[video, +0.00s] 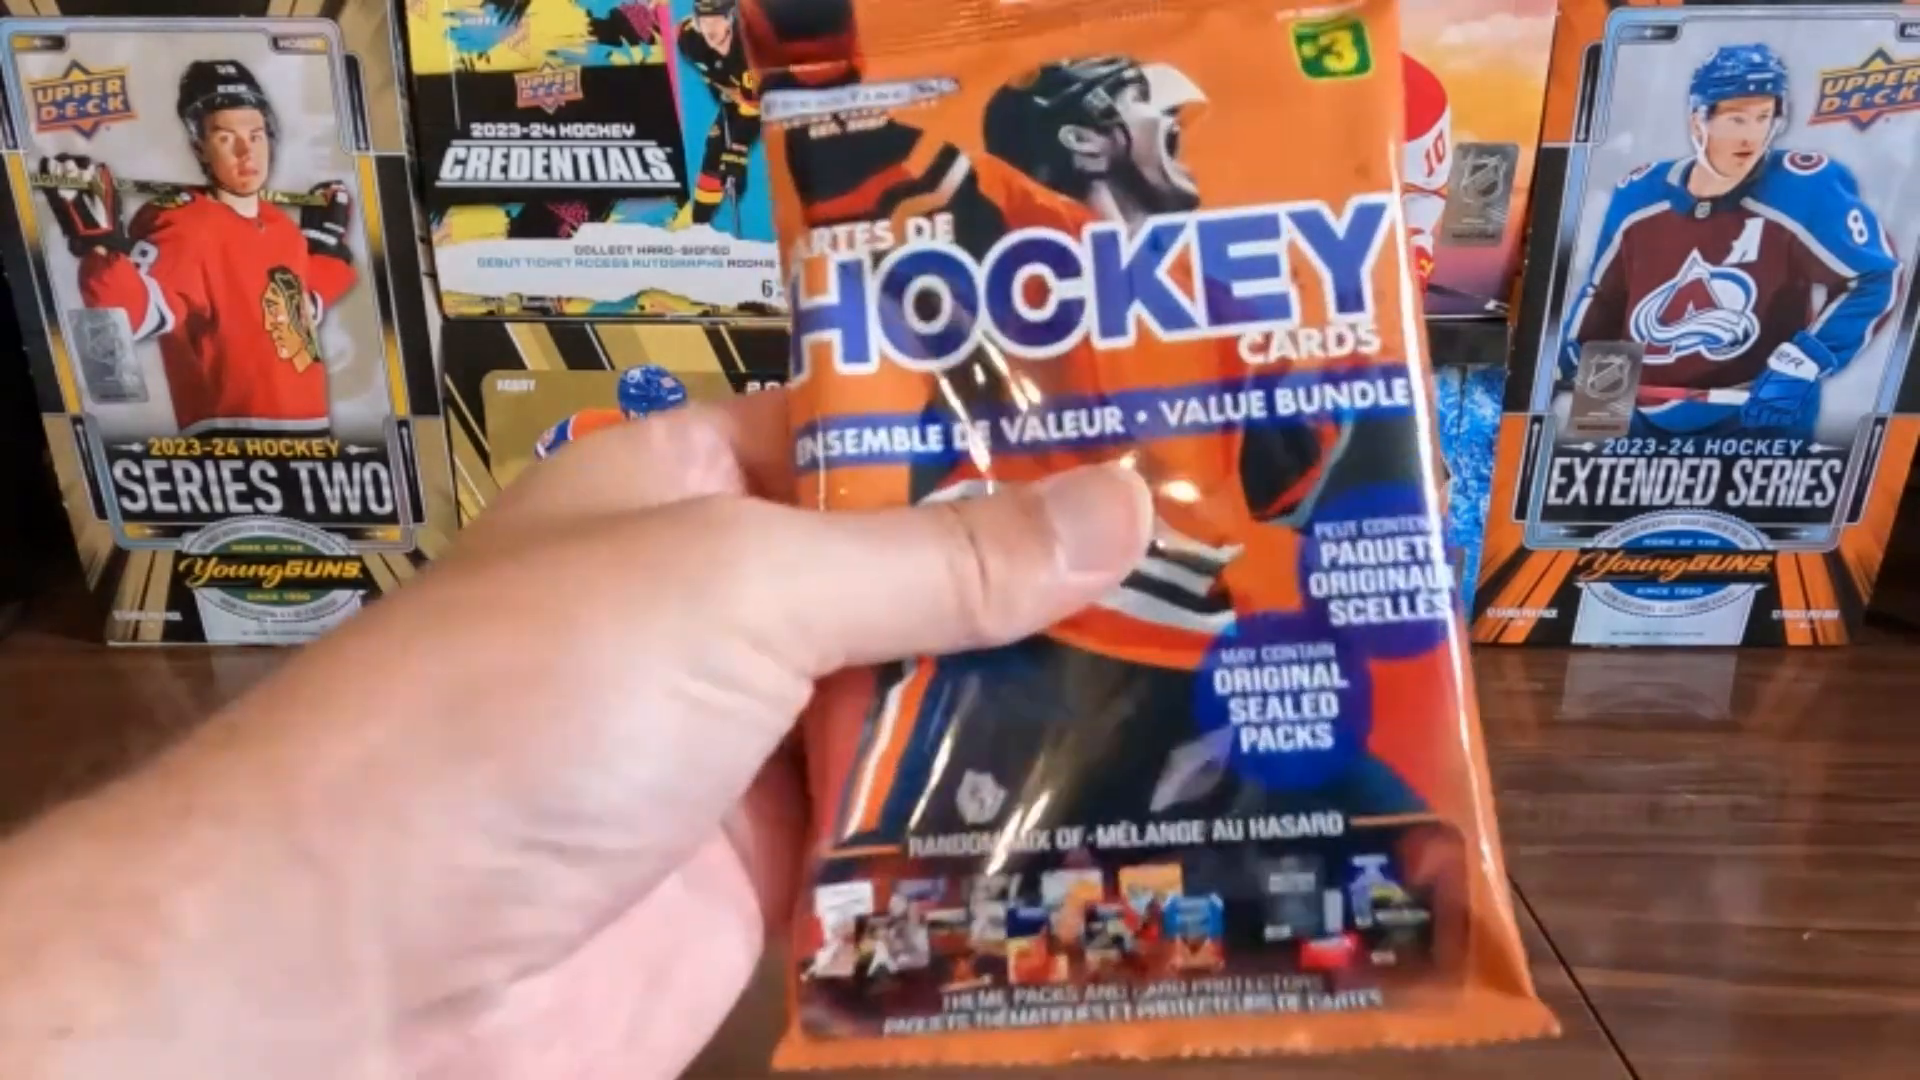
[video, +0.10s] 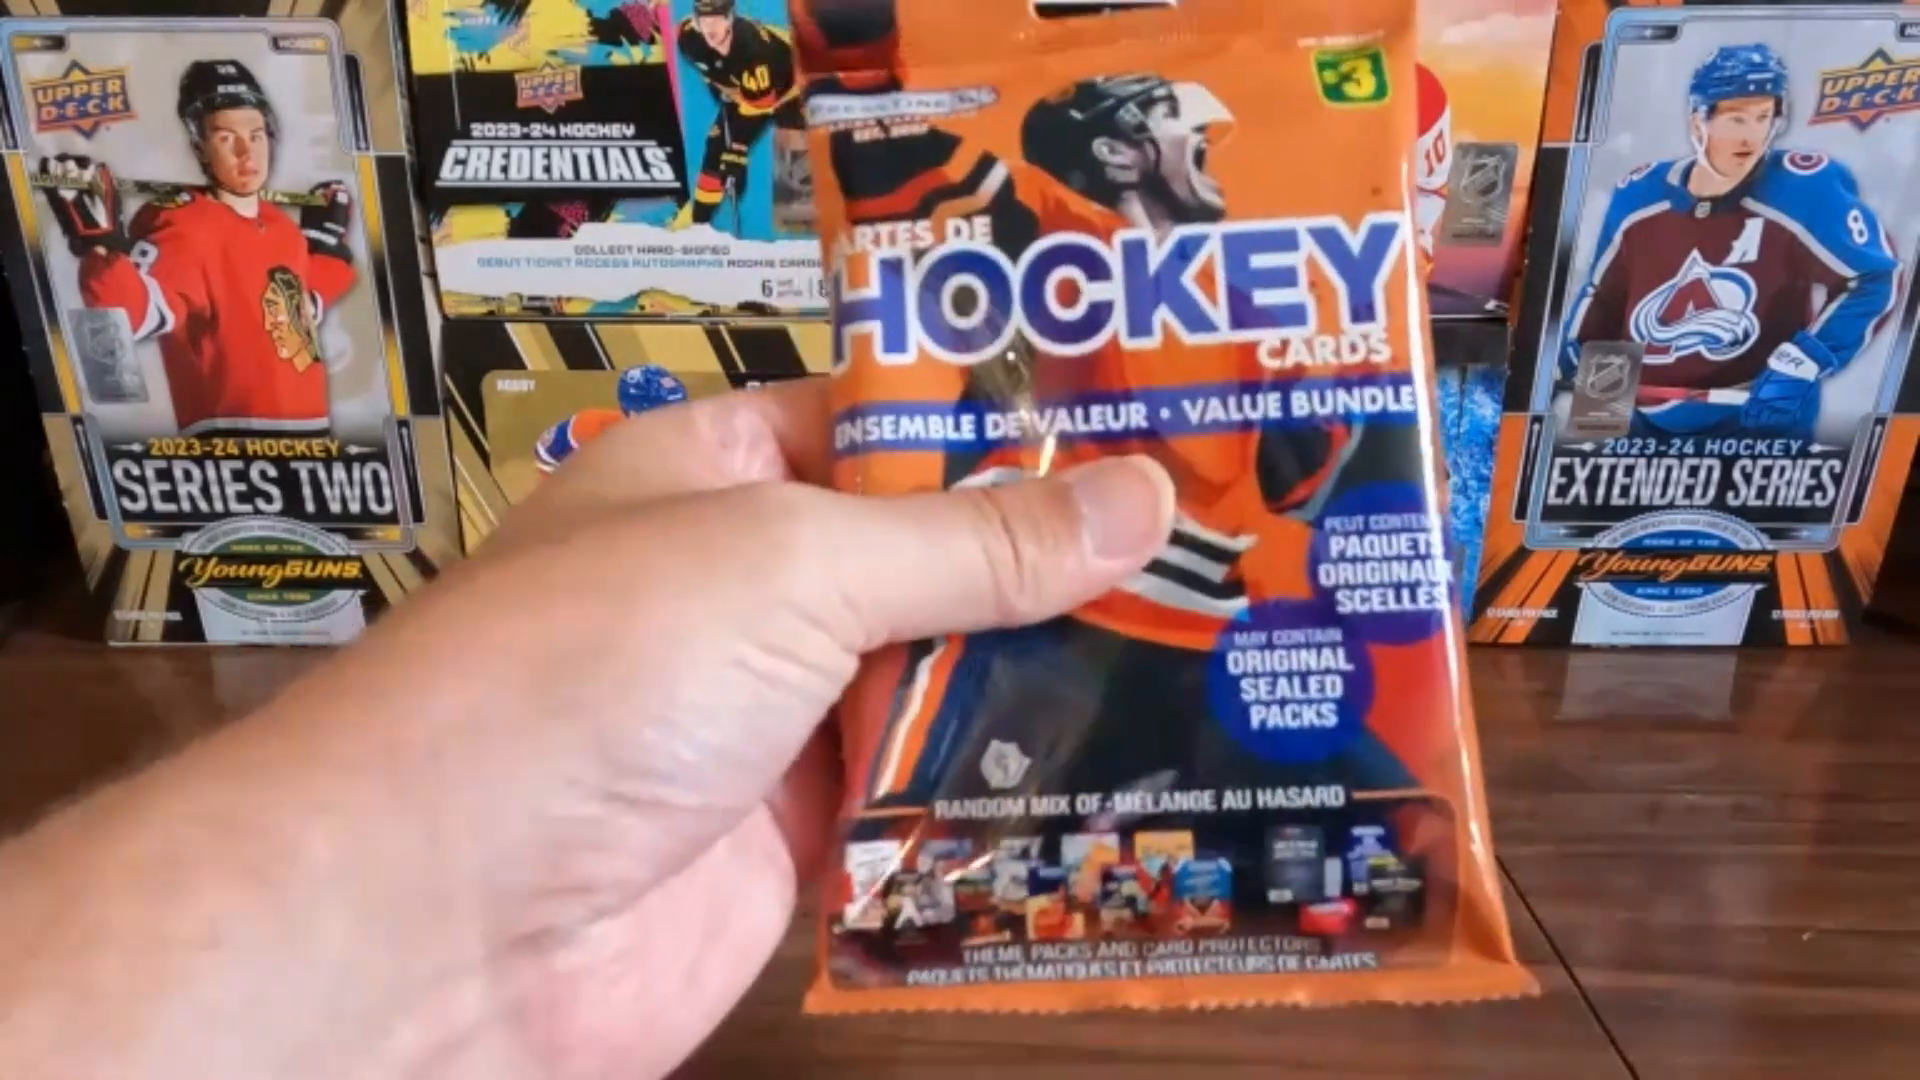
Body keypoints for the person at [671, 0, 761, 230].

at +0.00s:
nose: (710, 29)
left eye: (716, 21)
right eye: (704, 22)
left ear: (731, 18)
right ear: (696, 21)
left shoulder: (750, 44)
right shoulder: (688, 37)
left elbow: (751, 105)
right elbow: (709, 75)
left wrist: (736, 155)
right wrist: (731, 94)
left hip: (775, 98)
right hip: (733, 105)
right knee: (715, 152)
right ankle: (699, 222)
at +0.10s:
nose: (709, 29)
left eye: (716, 22)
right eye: (704, 22)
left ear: (729, 19)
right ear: (696, 21)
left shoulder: (752, 46)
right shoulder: (688, 36)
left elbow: (758, 107)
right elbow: (710, 72)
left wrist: (737, 151)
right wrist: (727, 88)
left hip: (785, 89)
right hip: (739, 96)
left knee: (795, 148)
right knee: (717, 149)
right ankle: (699, 221)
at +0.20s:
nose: (710, 29)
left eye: (716, 22)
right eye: (704, 22)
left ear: (730, 19)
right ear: (696, 22)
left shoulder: (753, 46)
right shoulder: (688, 38)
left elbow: (759, 107)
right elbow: (709, 73)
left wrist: (736, 154)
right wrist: (723, 93)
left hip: (790, 92)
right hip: (742, 98)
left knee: (802, 161)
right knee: (717, 147)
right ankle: (699, 219)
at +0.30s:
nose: (710, 29)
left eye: (716, 21)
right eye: (704, 21)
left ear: (730, 19)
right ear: (696, 21)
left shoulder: (753, 46)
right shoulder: (688, 38)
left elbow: (759, 107)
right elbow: (709, 73)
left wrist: (736, 155)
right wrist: (723, 94)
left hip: (789, 90)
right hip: (741, 97)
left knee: (802, 160)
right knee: (716, 149)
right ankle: (699, 221)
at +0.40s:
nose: (709, 28)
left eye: (716, 21)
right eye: (703, 21)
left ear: (729, 18)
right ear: (696, 21)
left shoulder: (754, 46)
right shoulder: (689, 38)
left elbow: (759, 106)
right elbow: (708, 71)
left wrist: (736, 156)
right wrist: (722, 92)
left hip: (790, 90)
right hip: (743, 97)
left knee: (802, 157)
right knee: (717, 148)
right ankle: (698, 220)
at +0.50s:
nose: (709, 28)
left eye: (715, 21)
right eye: (703, 21)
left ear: (729, 19)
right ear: (696, 21)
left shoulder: (752, 46)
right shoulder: (689, 37)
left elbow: (758, 107)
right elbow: (709, 73)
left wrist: (737, 154)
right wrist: (725, 95)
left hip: (789, 88)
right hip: (741, 97)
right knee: (716, 146)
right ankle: (699, 219)